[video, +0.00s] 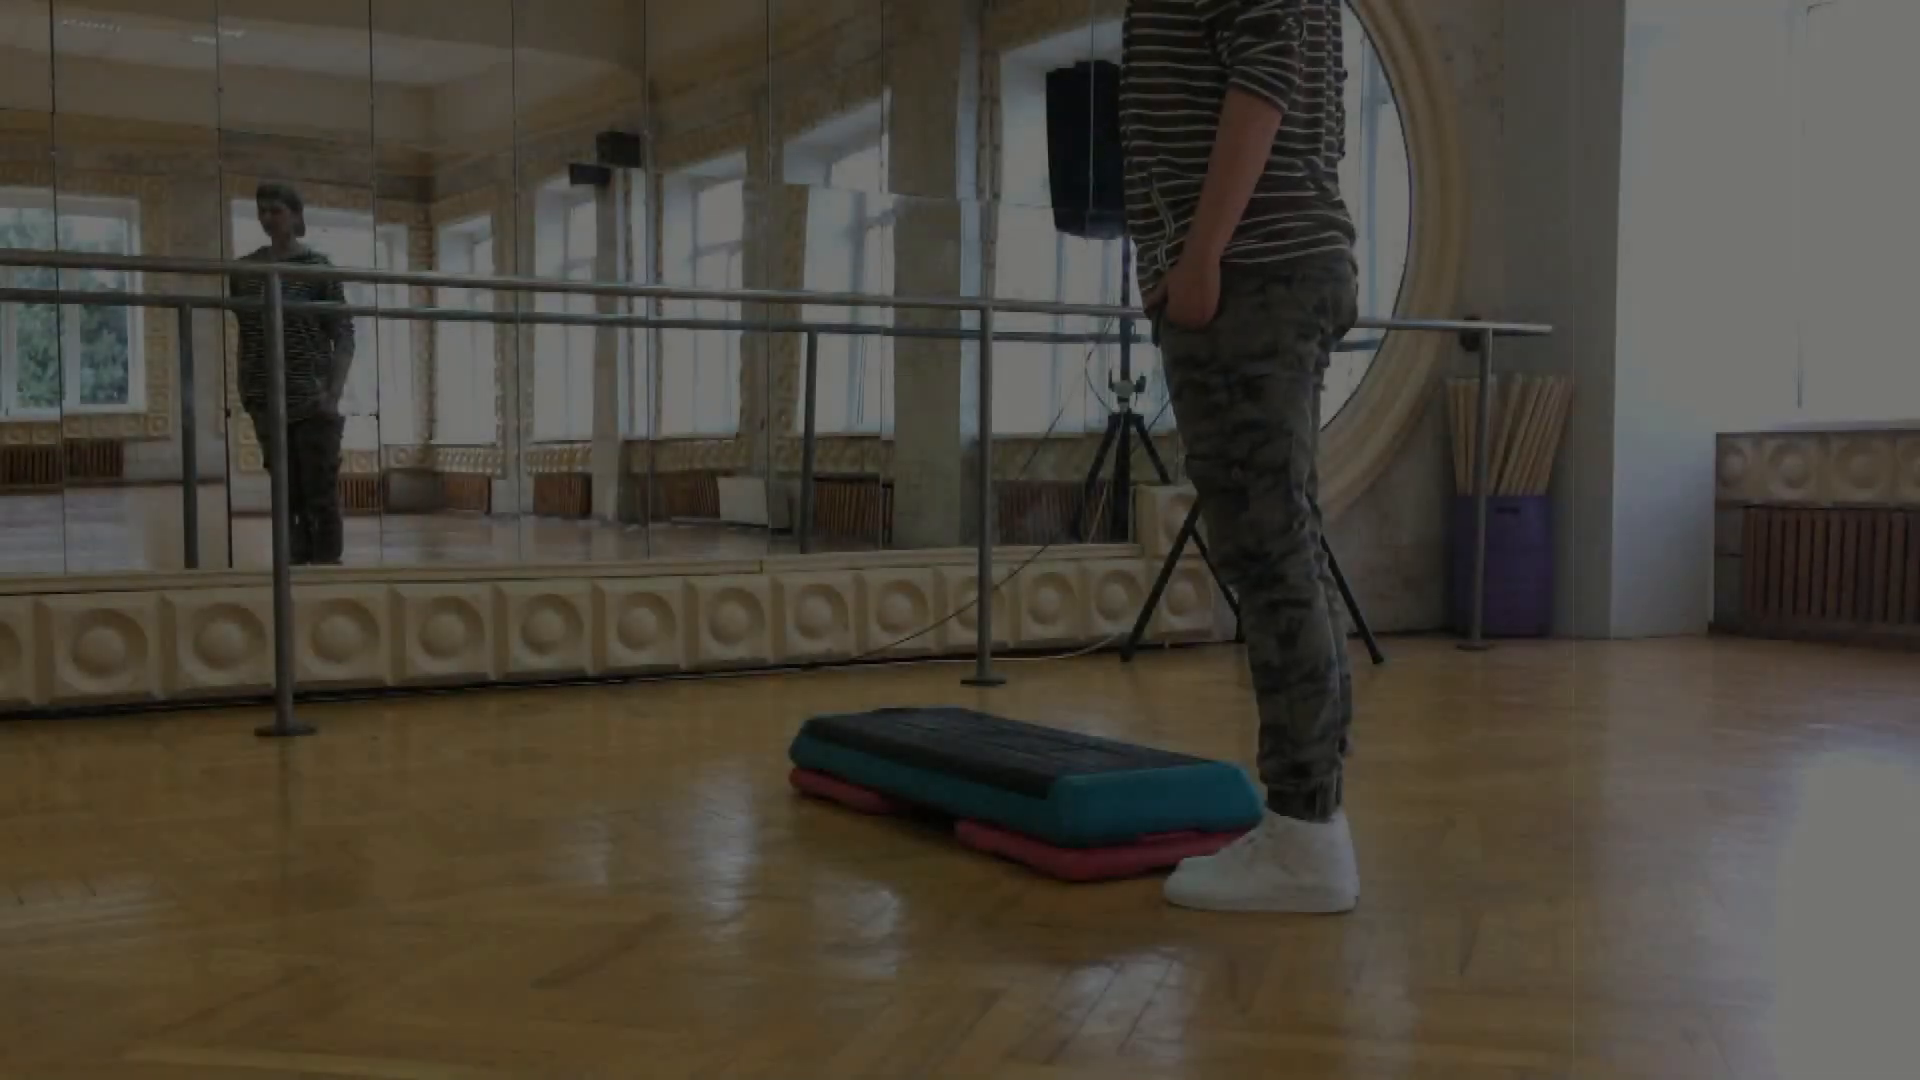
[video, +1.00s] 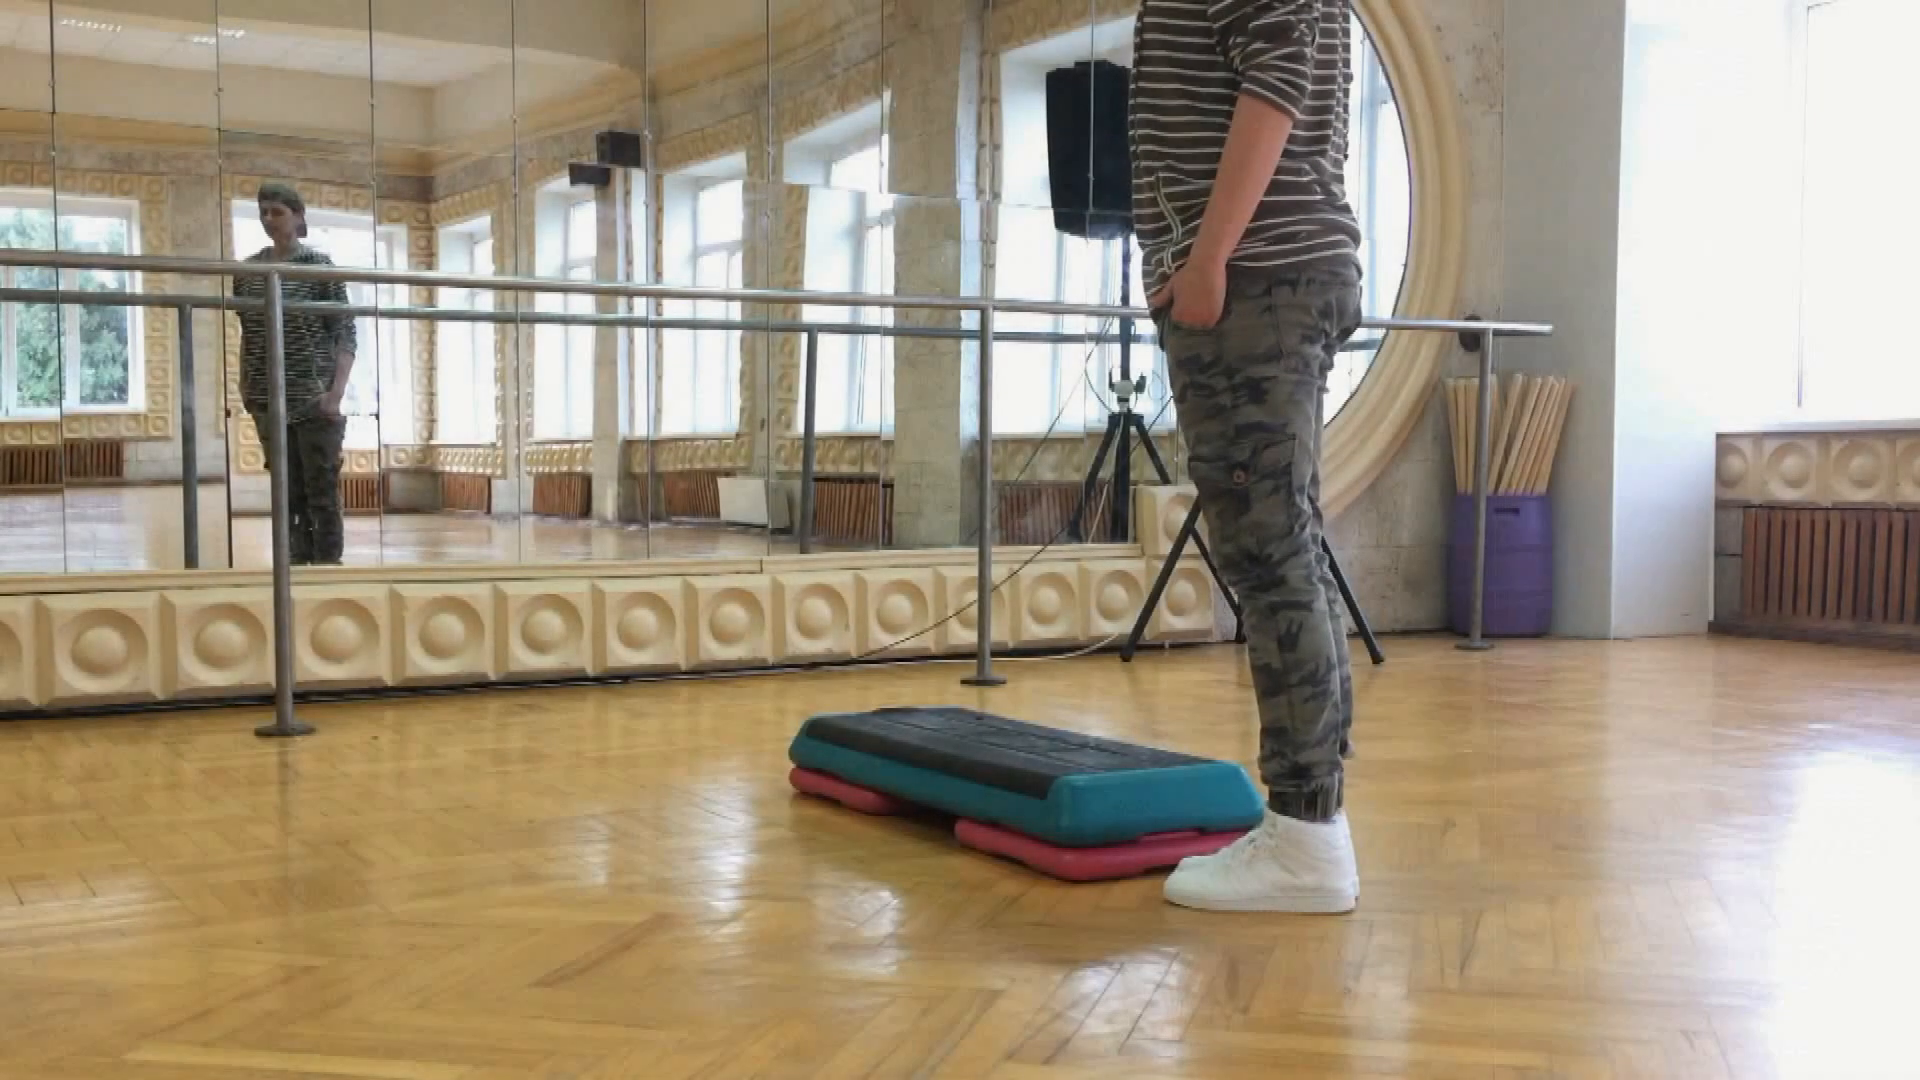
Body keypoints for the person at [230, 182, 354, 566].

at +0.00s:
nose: (268, 219)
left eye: (276, 211)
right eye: (263, 212)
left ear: (296, 216)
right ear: (258, 219)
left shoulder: (318, 266)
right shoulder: (244, 269)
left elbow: (344, 332)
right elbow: (246, 334)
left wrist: (332, 392)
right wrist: (247, 391)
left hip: (314, 397)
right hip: (265, 400)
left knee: (318, 488)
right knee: (285, 488)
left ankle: (326, 569)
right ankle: (296, 567)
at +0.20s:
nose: (269, 219)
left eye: (276, 211)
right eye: (263, 212)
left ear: (296, 215)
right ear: (259, 219)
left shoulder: (319, 267)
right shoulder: (245, 271)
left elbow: (344, 332)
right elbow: (248, 334)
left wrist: (334, 394)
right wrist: (245, 389)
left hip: (315, 399)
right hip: (266, 401)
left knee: (319, 490)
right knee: (286, 491)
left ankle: (327, 570)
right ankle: (296, 569)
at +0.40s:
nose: (269, 219)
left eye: (276, 211)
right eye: (264, 212)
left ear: (297, 216)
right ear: (259, 218)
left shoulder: (319, 266)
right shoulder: (245, 270)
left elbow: (345, 331)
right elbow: (247, 335)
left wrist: (335, 392)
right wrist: (244, 388)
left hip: (315, 400)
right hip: (266, 403)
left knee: (319, 492)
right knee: (286, 493)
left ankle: (327, 571)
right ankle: (296, 570)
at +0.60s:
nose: (269, 218)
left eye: (276, 210)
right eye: (264, 212)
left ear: (298, 216)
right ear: (260, 218)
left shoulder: (320, 267)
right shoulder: (245, 270)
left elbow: (345, 331)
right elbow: (246, 334)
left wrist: (335, 392)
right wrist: (246, 389)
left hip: (315, 399)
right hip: (266, 402)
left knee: (320, 490)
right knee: (286, 491)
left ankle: (327, 569)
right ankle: (296, 568)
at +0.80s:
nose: (268, 219)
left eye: (277, 212)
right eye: (264, 212)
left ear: (298, 216)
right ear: (259, 218)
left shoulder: (320, 266)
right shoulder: (246, 270)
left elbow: (345, 332)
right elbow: (249, 333)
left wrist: (335, 393)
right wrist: (246, 386)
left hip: (315, 398)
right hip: (266, 401)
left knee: (320, 490)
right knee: (286, 491)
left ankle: (327, 569)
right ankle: (297, 568)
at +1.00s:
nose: (269, 220)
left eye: (277, 213)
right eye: (264, 214)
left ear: (298, 217)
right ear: (260, 219)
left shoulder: (320, 266)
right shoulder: (247, 270)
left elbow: (345, 333)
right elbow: (248, 333)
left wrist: (335, 394)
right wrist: (246, 389)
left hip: (316, 398)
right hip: (266, 401)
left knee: (319, 491)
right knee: (286, 492)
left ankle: (328, 569)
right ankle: (297, 568)